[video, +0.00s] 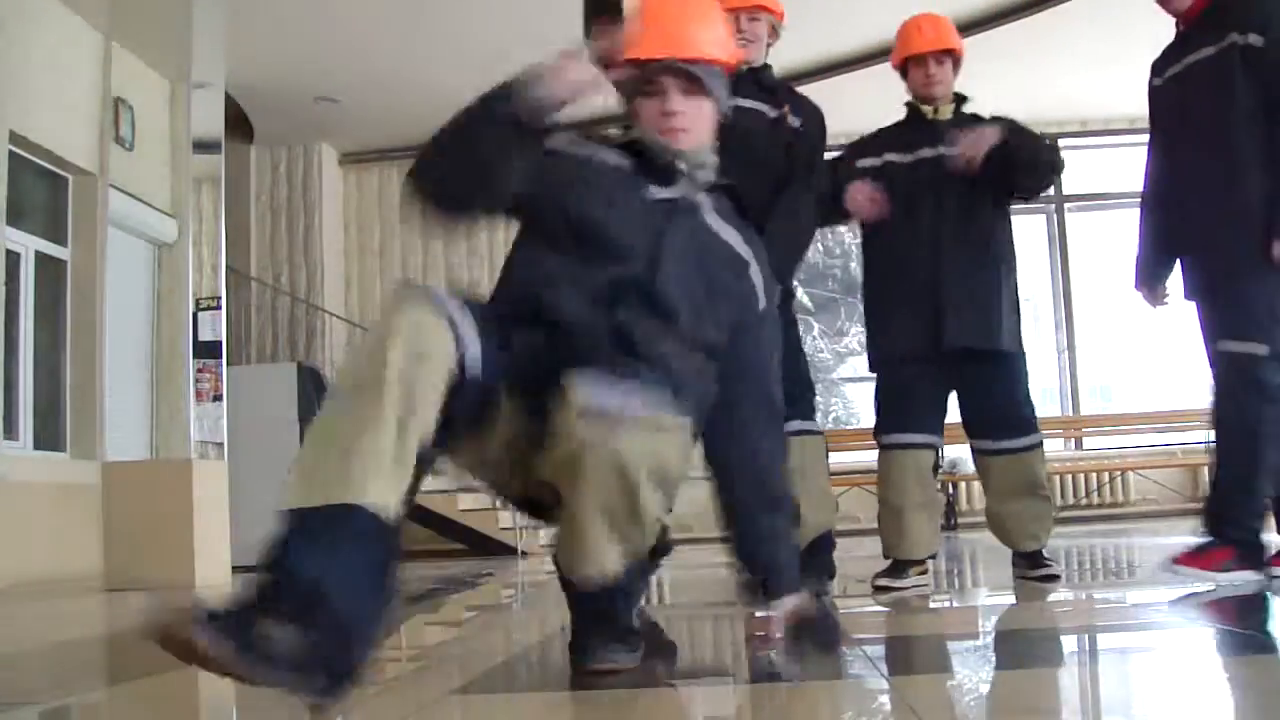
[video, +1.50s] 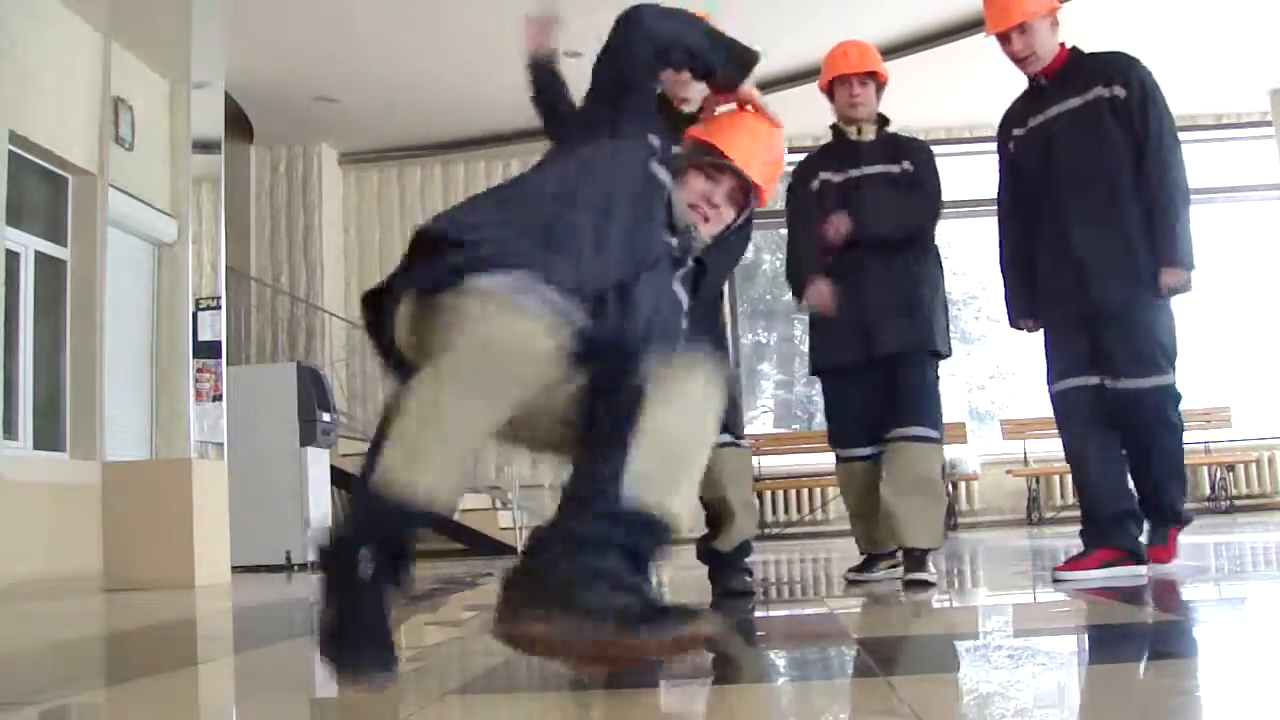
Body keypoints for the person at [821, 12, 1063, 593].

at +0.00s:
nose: (932, 72)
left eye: (942, 61)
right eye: (919, 64)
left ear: (958, 66)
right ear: (902, 72)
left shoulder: (991, 136)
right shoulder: (871, 150)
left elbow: (1045, 169)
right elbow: (807, 199)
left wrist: (1003, 139)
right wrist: (843, 194)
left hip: (986, 321)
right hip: (905, 325)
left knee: (1011, 439)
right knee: (905, 444)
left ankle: (1029, 548)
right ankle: (907, 559)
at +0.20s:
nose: (951, 75)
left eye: (960, 64)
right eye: (938, 67)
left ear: (975, 69)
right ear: (921, 75)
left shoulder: (1007, 136)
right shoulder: (901, 146)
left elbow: (1038, 205)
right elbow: (875, 228)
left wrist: (1040, 196)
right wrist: (856, 247)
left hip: (995, 310)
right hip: (924, 313)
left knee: (1013, 427)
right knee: (914, 432)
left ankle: (1030, 546)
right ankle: (906, 552)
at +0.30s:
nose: (951, 87)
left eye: (960, 76)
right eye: (939, 79)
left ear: (975, 80)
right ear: (922, 89)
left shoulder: (1011, 149)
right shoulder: (904, 158)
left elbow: (1042, 214)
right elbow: (879, 229)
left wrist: (1045, 266)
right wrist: (865, 290)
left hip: (997, 316)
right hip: (925, 320)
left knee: (1018, 428)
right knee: (913, 435)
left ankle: (1032, 546)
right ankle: (897, 547)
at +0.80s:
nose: (862, 100)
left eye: (871, 89)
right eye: (850, 93)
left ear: (889, 95)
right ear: (837, 104)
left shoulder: (928, 158)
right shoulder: (827, 180)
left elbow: (968, 226)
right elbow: (819, 262)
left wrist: (996, 287)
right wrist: (812, 325)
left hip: (936, 323)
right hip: (866, 332)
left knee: (966, 434)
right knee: (871, 446)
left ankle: (1000, 540)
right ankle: (882, 552)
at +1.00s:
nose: (844, 99)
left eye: (851, 88)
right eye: (832, 93)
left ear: (867, 92)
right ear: (818, 104)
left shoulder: (910, 151)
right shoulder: (813, 177)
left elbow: (951, 206)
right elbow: (787, 243)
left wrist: (955, 236)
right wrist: (778, 270)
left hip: (918, 319)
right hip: (850, 328)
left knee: (942, 428)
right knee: (861, 440)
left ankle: (983, 541)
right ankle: (879, 552)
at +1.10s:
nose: (838, 101)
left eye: (846, 91)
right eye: (826, 96)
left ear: (861, 94)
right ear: (814, 107)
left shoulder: (898, 146)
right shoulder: (809, 175)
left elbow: (939, 173)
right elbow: (775, 237)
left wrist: (921, 190)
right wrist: (785, 221)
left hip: (914, 318)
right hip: (847, 329)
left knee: (941, 428)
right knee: (861, 444)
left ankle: (976, 533)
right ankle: (871, 558)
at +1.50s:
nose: (855, 94)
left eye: (865, 83)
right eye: (844, 86)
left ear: (880, 90)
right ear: (829, 95)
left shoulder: (911, 151)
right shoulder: (811, 170)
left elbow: (922, 215)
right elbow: (799, 238)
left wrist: (853, 218)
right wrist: (809, 278)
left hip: (908, 317)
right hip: (840, 323)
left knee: (914, 432)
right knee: (855, 439)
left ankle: (916, 549)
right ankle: (877, 549)